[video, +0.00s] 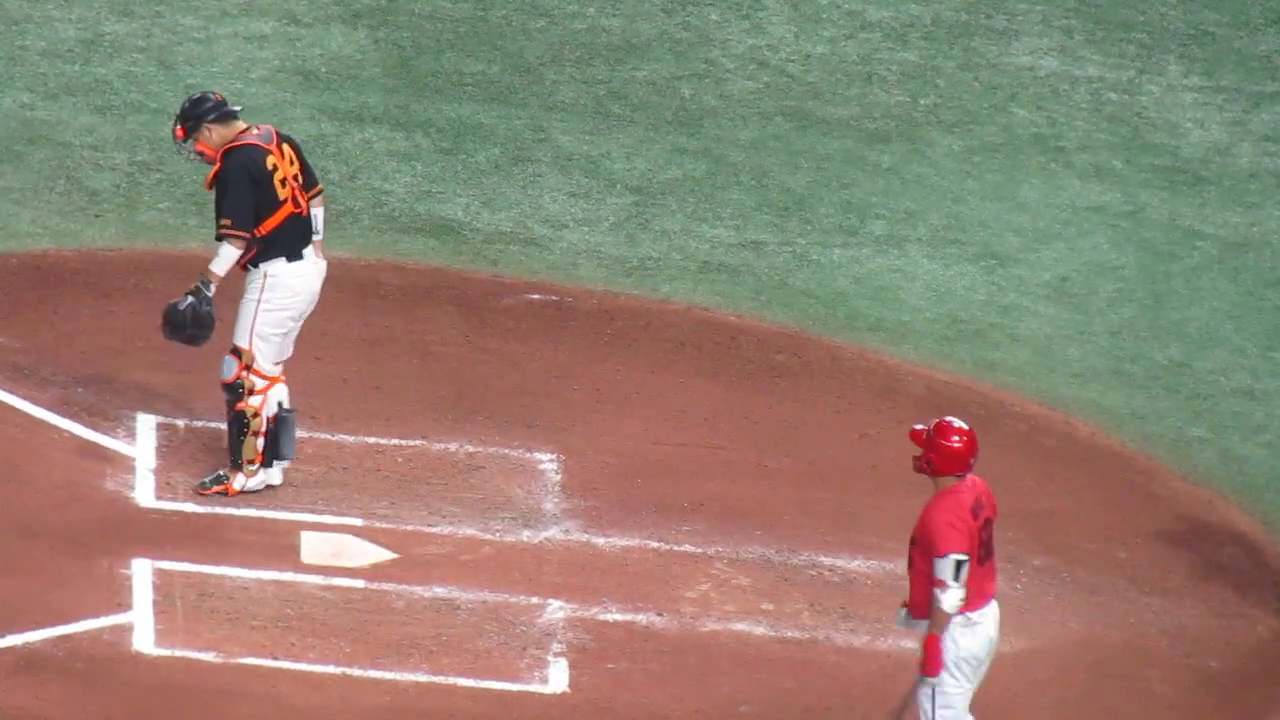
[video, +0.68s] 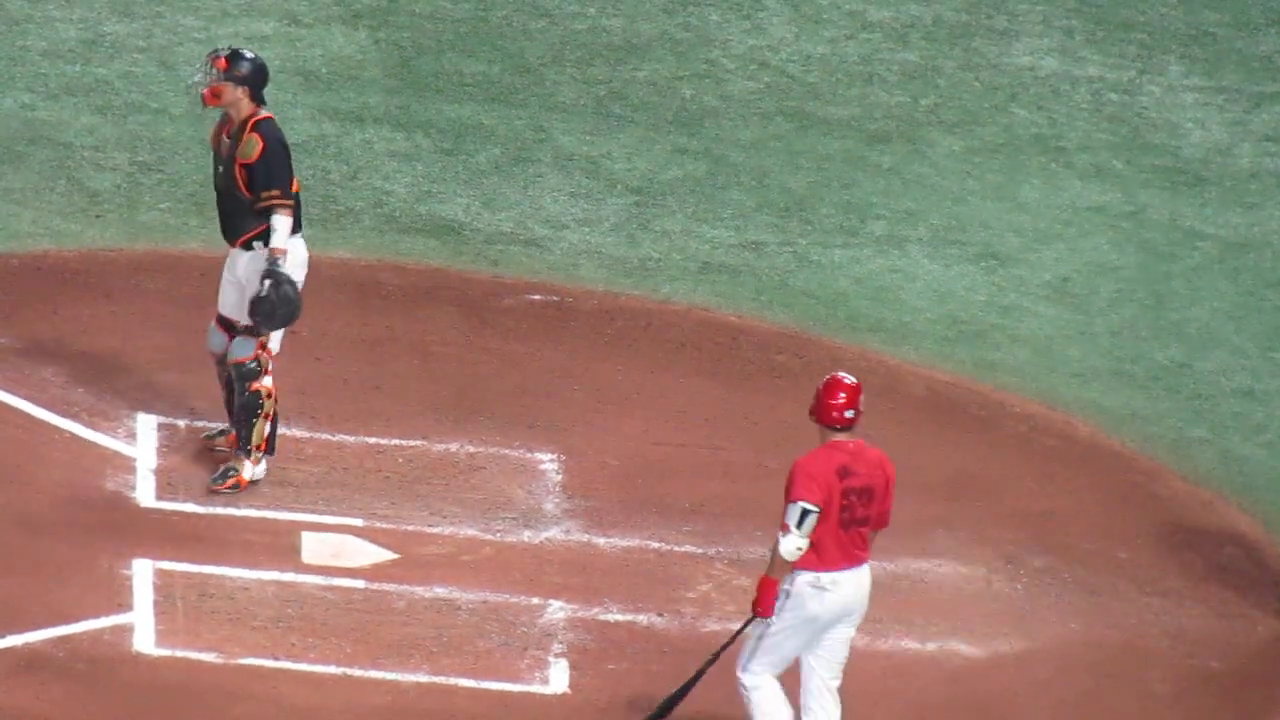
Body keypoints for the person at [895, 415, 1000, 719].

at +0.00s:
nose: (920, 452)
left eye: (925, 448)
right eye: (923, 446)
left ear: (936, 459)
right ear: (962, 457)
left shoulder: (945, 511)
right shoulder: (975, 487)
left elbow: (948, 591)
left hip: (957, 628)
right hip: (982, 615)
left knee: (940, 711)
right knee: (950, 707)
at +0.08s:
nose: (911, 448)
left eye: (916, 444)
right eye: (914, 442)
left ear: (927, 455)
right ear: (954, 454)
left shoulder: (931, 509)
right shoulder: (970, 485)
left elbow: (923, 586)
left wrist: (900, 632)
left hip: (940, 623)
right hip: (969, 612)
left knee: (934, 711)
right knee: (908, 698)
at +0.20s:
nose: (892, 440)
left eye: (897, 437)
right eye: (896, 436)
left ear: (906, 449)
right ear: (938, 449)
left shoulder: (906, 501)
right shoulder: (960, 484)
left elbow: (890, 580)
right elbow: (950, 546)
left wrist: (858, 616)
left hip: (923, 617)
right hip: (955, 608)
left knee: (927, 711)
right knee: (883, 691)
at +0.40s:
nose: (858, 432)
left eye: (863, 429)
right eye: (862, 427)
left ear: (870, 441)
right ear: (902, 444)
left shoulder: (864, 493)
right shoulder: (923, 482)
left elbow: (842, 567)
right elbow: (935, 547)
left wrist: (807, 608)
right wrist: (949, 595)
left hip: (876, 613)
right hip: (912, 605)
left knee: (890, 709)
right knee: (848, 702)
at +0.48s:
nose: (843, 421)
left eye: (848, 419)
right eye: (847, 416)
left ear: (855, 432)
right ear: (888, 435)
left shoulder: (848, 485)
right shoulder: (907, 475)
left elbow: (827, 558)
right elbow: (917, 543)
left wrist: (798, 604)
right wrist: (926, 594)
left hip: (858, 605)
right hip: (895, 598)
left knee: (847, 704)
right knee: (855, 697)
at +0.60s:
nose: (826, 412)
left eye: (829, 407)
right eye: (832, 406)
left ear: (832, 418)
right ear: (872, 420)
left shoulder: (828, 470)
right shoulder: (892, 468)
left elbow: (807, 544)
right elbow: (889, 536)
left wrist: (781, 591)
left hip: (829, 592)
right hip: (872, 589)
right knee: (833, 693)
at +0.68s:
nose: (824, 412)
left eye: (821, 407)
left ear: (817, 414)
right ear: (857, 414)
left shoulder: (813, 465)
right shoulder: (880, 462)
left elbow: (793, 540)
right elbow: (874, 526)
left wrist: (769, 584)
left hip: (814, 588)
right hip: (857, 583)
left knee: (754, 671)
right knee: (822, 687)